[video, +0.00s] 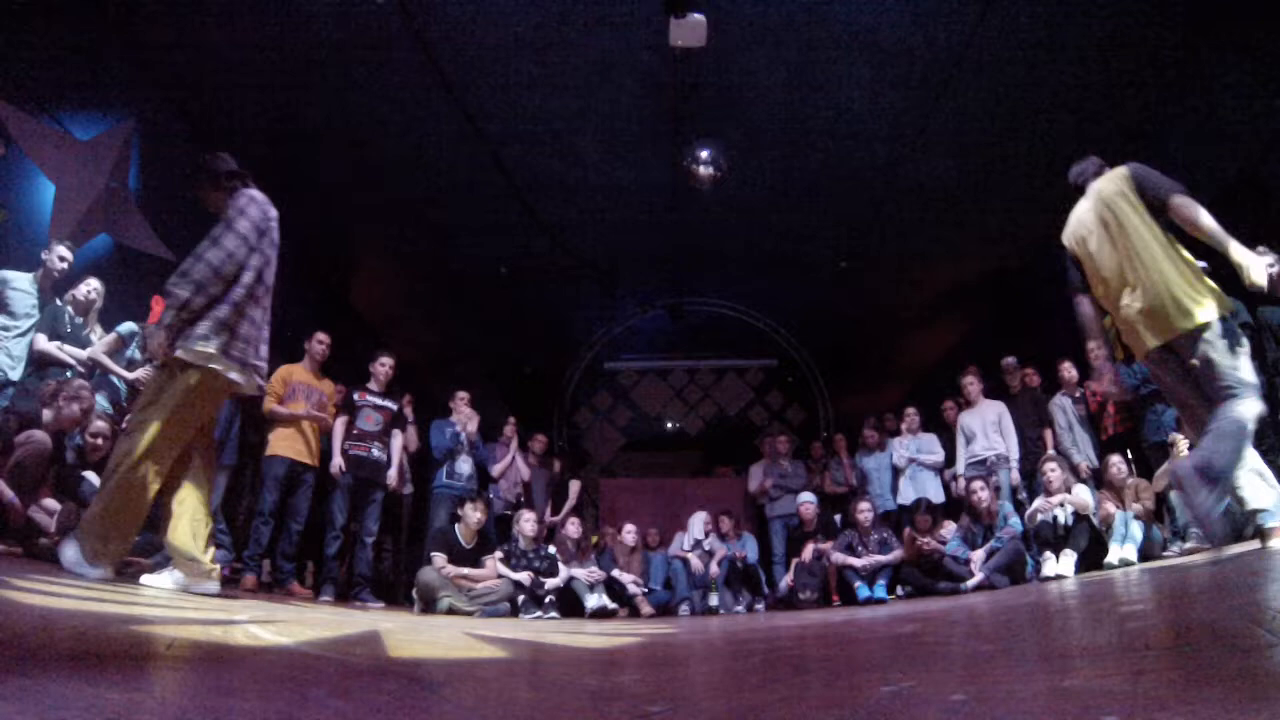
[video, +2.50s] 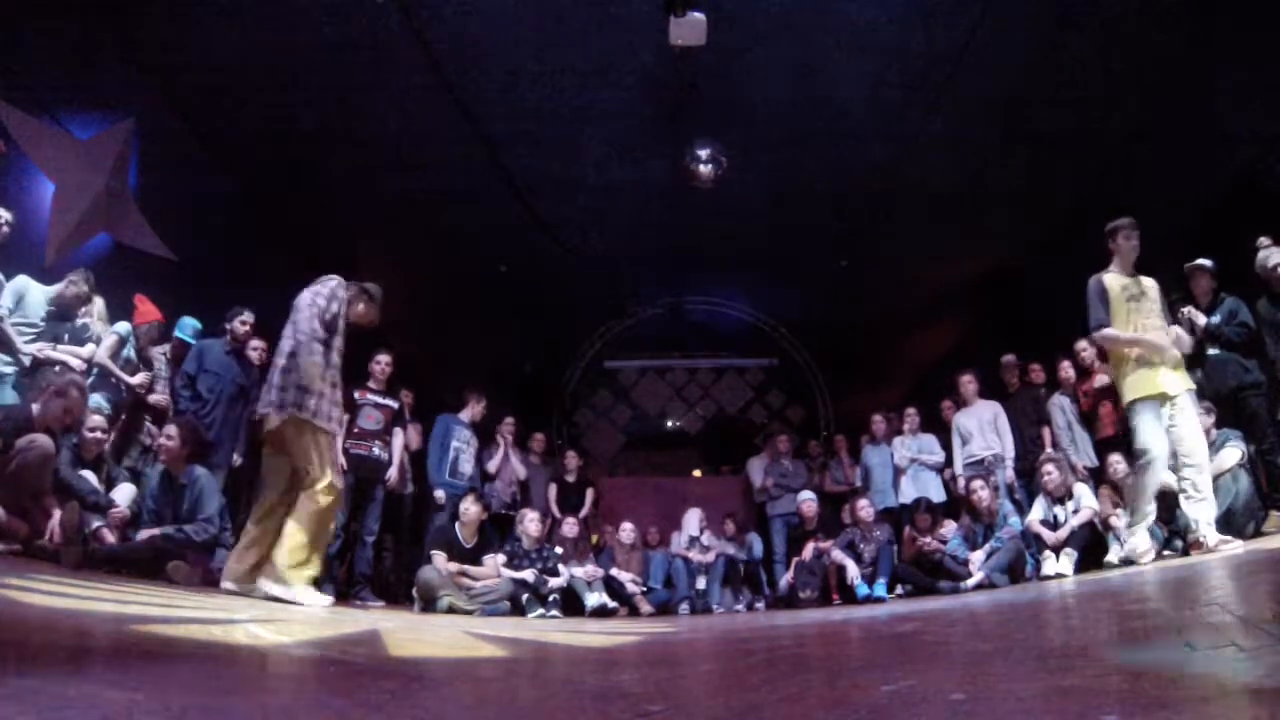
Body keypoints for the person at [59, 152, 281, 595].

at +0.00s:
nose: (205, 205)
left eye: (205, 196)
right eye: (203, 198)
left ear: (217, 185)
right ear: (234, 180)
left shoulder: (253, 205)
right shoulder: (253, 214)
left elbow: (218, 264)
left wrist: (167, 321)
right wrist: (169, 328)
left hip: (210, 349)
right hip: (220, 353)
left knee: (145, 446)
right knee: (192, 457)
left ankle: (94, 553)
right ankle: (194, 568)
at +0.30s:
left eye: (182, 178)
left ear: (192, 173)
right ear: (227, 178)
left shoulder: (195, 196)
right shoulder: (250, 223)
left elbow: (150, 262)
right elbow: (234, 298)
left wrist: (128, 321)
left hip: (170, 345)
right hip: (220, 357)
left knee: (126, 447)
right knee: (177, 448)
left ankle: (99, 556)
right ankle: (185, 546)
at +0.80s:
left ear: (212, 184)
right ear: (248, 195)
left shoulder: (168, 202)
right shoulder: (254, 215)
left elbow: (127, 267)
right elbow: (253, 279)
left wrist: (119, 327)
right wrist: (242, 346)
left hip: (147, 321)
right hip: (210, 330)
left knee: (121, 438)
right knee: (190, 447)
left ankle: (97, 556)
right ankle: (175, 561)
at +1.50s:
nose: (311, 251)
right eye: (313, 246)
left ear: (288, 220)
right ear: (310, 236)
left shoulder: (233, 231)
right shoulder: (304, 249)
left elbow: (193, 290)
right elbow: (298, 319)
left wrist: (182, 353)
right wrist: (283, 386)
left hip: (197, 349)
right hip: (249, 363)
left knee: (171, 447)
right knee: (211, 465)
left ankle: (125, 532)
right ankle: (174, 564)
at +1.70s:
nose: (325, 264)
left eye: (327, 258)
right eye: (326, 259)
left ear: (301, 232)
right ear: (322, 249)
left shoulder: (247, 245)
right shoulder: (314, 259)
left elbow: (208, 297)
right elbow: (317, 329)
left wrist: (198, 350)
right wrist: (308, 394)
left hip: (210, 352)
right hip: (260, 363)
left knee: (197, 456)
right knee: (221, 464)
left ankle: (186, 564)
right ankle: (172, 562)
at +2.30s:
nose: (348, 319)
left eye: (350, 315)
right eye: (350, 312)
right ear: (349, 297)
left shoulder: (285, 305)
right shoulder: (332, 291)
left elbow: (267, 359)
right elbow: (329, 329)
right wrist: (338, 376)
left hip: (255, 403)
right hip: (289, 402)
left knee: (272, 493)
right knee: (300, 484)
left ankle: (246, 576)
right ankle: (227, 533)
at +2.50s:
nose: (357, 323)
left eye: (362, 322)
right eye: (363, 318)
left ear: (359, 305)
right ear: (360, 300)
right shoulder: (332, 288)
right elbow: (306, 330)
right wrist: (315, 386)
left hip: (283, 405)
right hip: (304, 405)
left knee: (276, 494)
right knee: (324, 487)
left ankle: (239, 574)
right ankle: (286, 575)